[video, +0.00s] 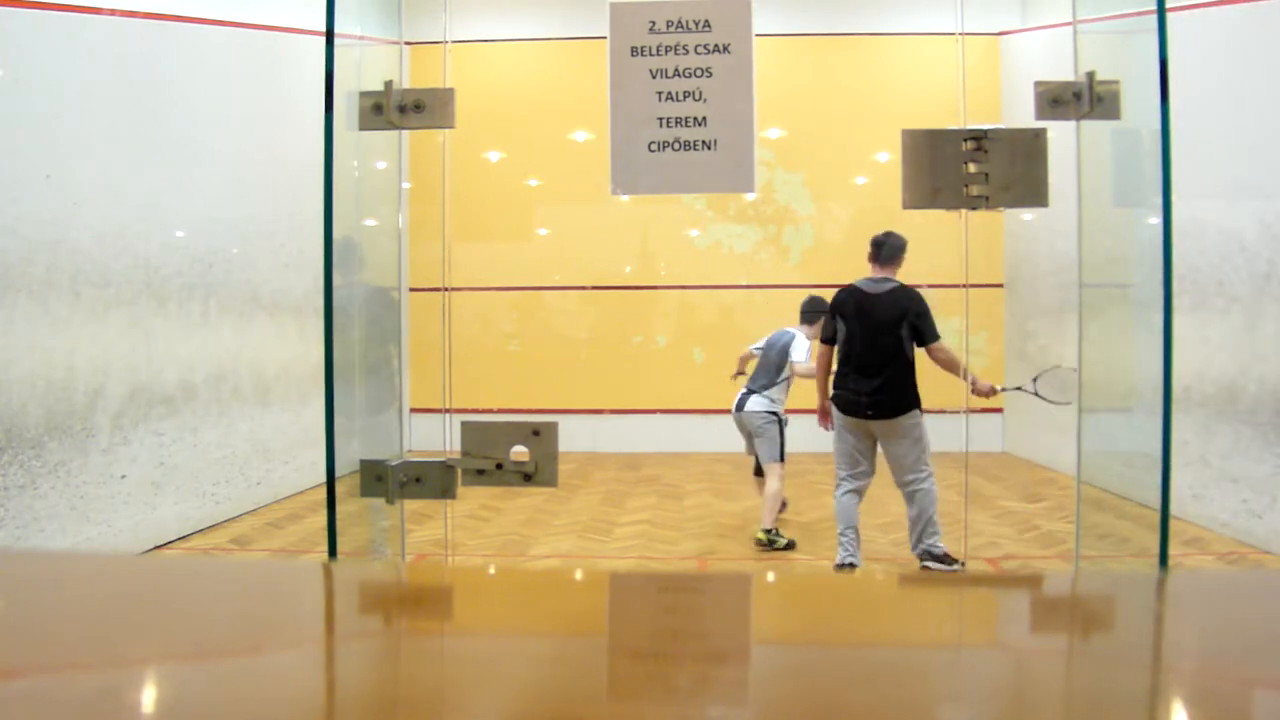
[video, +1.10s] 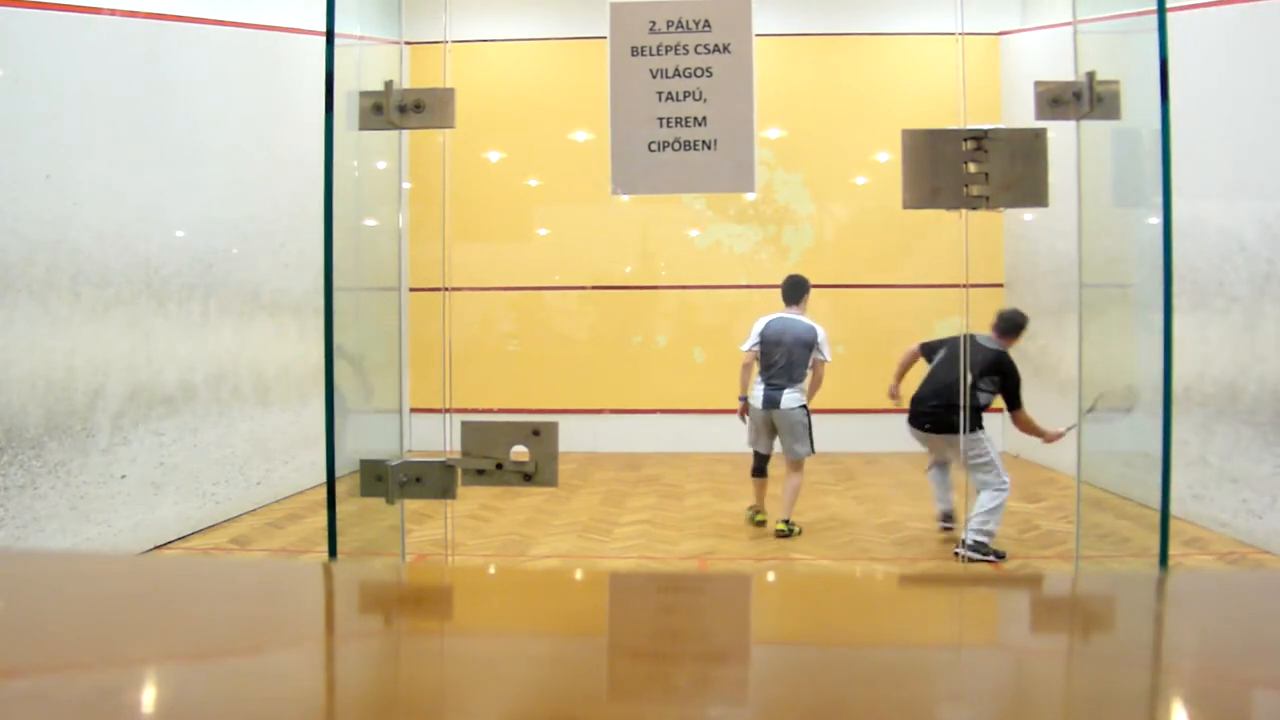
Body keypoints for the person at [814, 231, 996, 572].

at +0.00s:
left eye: (870, 257)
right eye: (900, 260)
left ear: (869, 258)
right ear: (900, 261)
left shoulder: (844, 298)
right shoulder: (909, 299)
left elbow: (824, 354)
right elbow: (937, 351)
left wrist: (822, 399)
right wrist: (973, 381)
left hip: (849, 405)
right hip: (896, 406)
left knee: (849, 481)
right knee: (916, 479)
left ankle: (846, 555)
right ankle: (930, 549)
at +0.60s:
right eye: (902, 290)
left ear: (872, 290)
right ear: (903, 293)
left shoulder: (850, 326)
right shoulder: (909, 332)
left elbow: (818, 367)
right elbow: (930, 385)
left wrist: (809, 405)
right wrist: (950, 429)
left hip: (848, 425)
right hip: (894, 426)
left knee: (826, 490)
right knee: (926, 474)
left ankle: (808, 559)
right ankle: (924, 540)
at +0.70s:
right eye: (912, 303)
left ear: (883, 305)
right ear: (912, 307)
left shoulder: (860, 337)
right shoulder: (916, 344)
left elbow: (839, 372)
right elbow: (937, 397)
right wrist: (958, 436)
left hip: (856, 431)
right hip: (899, 432)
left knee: (832, 496)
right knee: (940, 469)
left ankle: (809, 560)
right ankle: (937, 540)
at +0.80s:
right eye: (936, 310)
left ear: (910, 308)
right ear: (937, 313)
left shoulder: (887, 336)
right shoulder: (939, 349)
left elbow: (861, 359)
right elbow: (962, 399)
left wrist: (891, 352)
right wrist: (986, 434)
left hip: (872, 431)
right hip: (916, 432)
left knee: (849, 493)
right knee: (960, 465)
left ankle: (817, 557)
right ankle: (959, 536)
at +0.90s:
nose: (975, 319)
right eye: (974, 314)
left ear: (948, 310)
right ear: (974, 316)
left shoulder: (920, 334)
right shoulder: (969, 351)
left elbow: (883, 352)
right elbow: (989, 400)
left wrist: (914, 358)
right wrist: (1011, 431)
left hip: (893, 423)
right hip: (934, 425)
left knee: (880, 486)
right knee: (976, 473)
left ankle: (845, 532)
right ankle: (971, 543)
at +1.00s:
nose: (1000, 328)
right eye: (1002, 324)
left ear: (976, 317)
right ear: (1001, 326)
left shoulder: (946, 336)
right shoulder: (990, 356)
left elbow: (900, 355)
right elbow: (1005, 410)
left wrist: (910, 389)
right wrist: (1027, 434)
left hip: (910, 417)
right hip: (948, 421)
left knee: (920, 479)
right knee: (987, 479)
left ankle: (902, 505)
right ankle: (974, 543)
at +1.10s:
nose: (1019, 340)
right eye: (1020, 335)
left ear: (994, 325)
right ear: (1016, 337)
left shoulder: (960, 341)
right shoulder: (1004, 364)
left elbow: (914, 351)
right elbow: (1018, 417)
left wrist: (895, 382)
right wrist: (1045, 435)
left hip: (921, 420)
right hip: (960, 425)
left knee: (938, 460)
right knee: (995, 484)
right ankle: (975, 541)